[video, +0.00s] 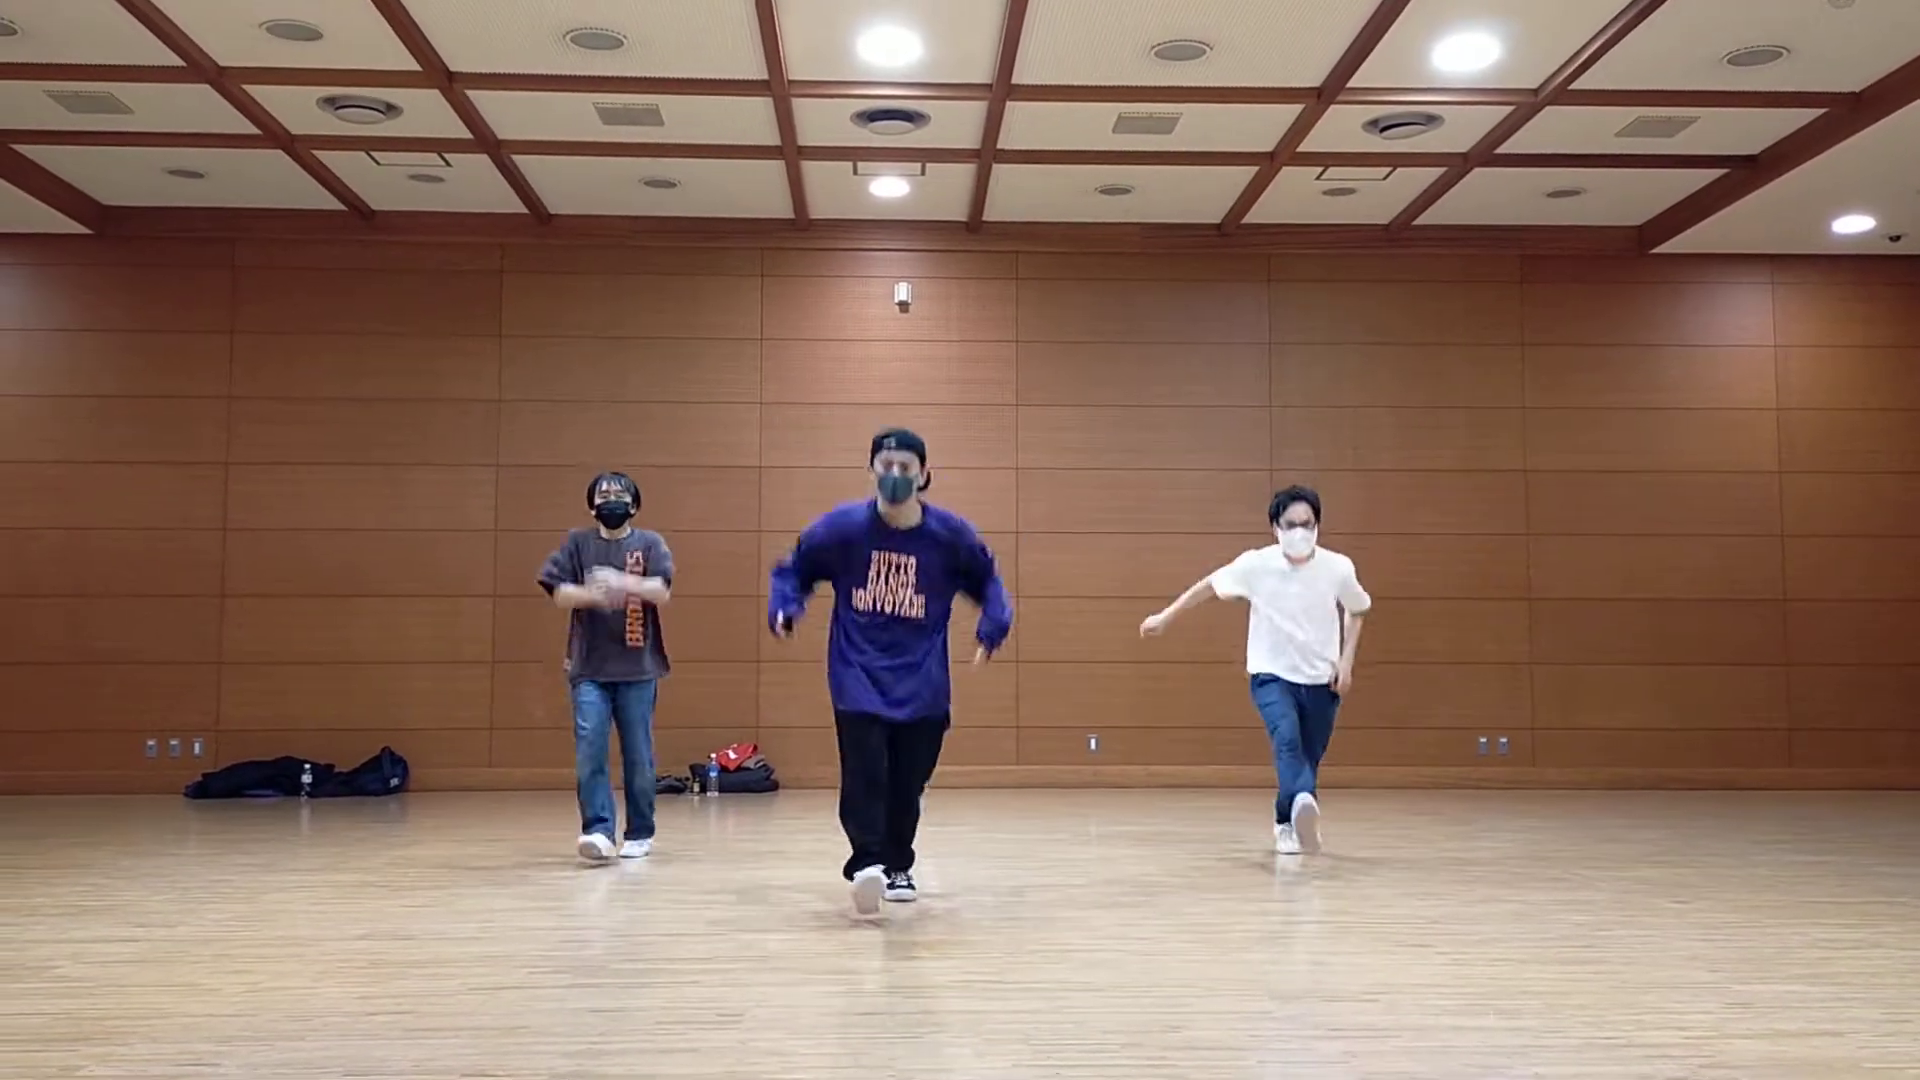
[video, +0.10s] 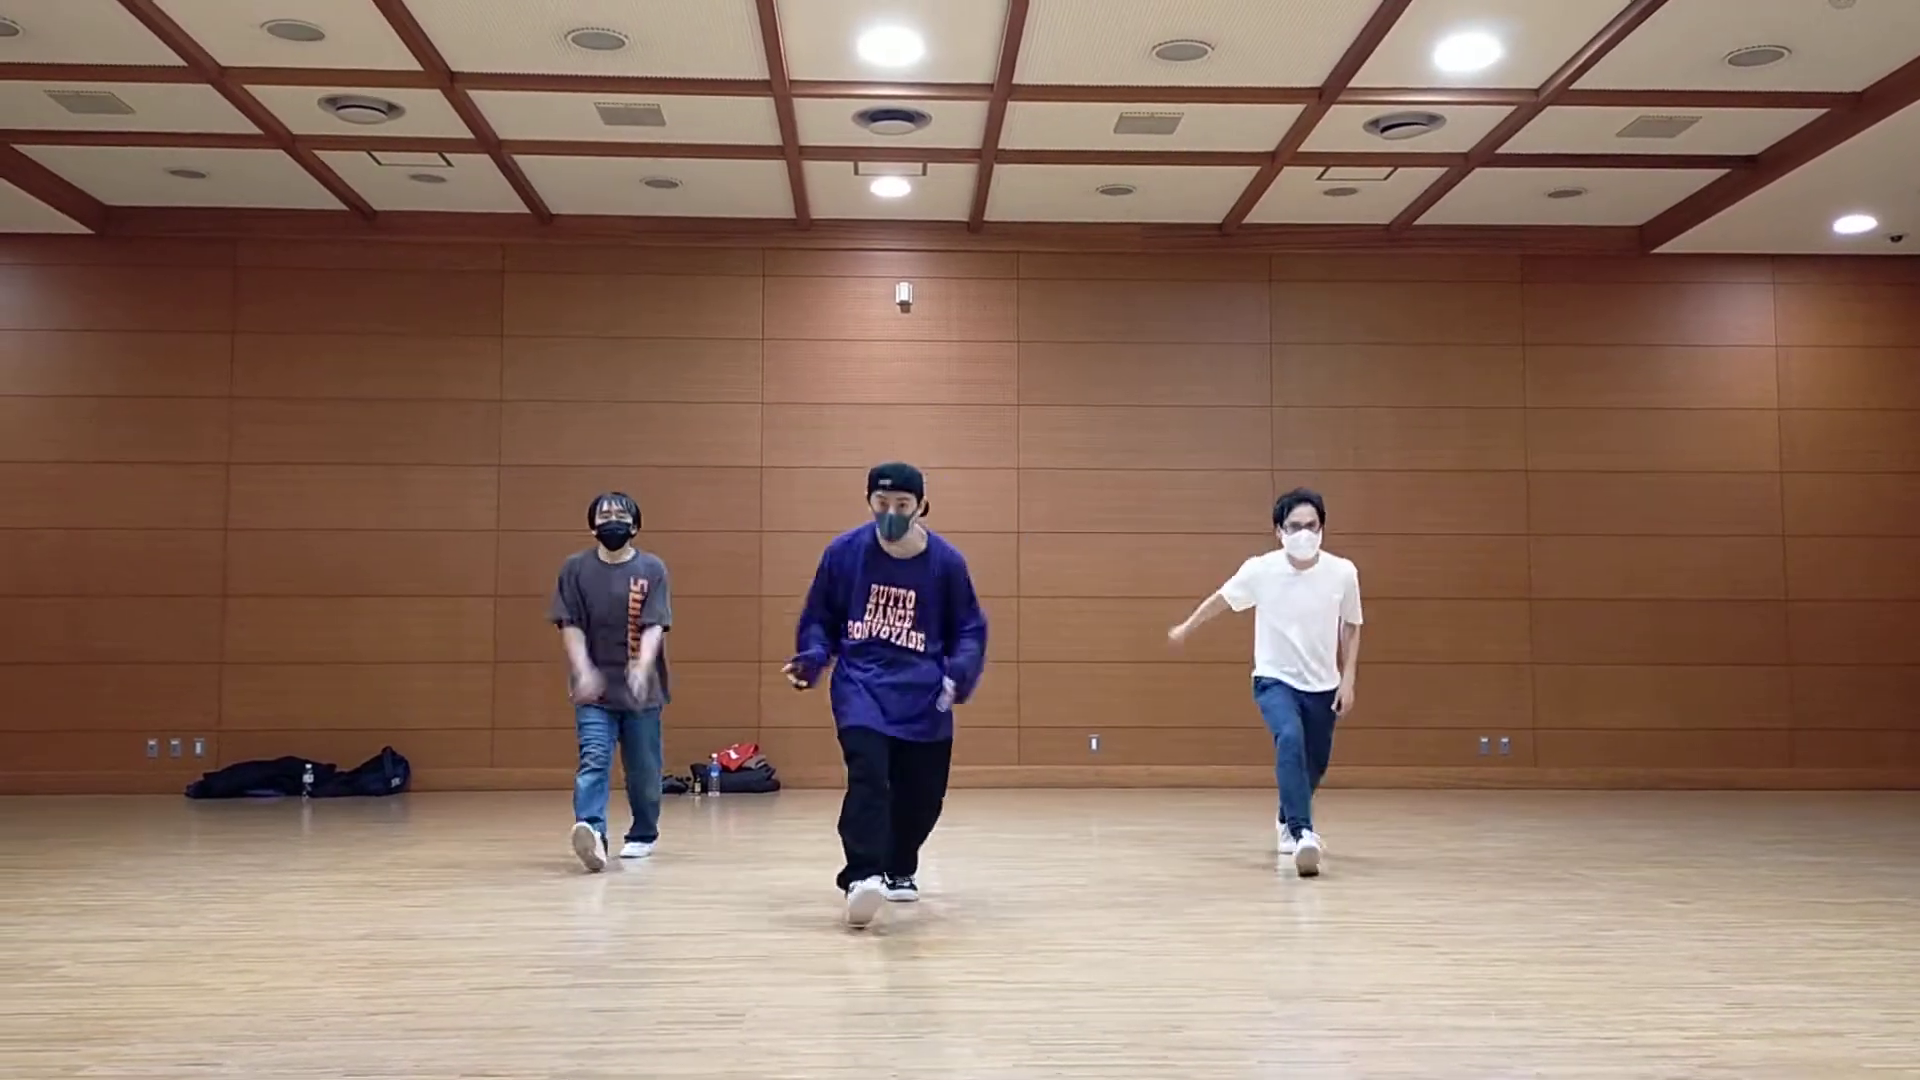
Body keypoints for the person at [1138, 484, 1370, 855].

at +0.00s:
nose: (1300, 533)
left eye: (1307, 525)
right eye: (1290, 525)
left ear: (1318, 528)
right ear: (1275, 530)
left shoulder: (1338, 568)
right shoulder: (1255, 564)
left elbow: (1355, 611)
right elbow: (1208, 587)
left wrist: (1347, 661)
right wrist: (1165, 617)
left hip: (1320, 677)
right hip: (1271, 674)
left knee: (1310, 756)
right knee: (1287, 737)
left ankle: (1285, 823)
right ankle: (1305, 815)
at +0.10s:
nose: (1304, 534)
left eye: (1311, 526)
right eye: (1295, 527)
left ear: (1322, 530)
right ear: (1280, 533)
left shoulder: (1343, 573)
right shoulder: (1260, 570)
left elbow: (1351, 628)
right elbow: (1221, 600)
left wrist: (1348, 680)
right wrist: (1185, 627)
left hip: (1322, 683)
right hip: (1275, 679)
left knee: (1316, 762)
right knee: (1290, 737)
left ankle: (1288, 818)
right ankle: (1303, 833)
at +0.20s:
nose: (1309, 508)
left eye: (1317, 500)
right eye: (1300, 501)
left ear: (1328, 505)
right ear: (1285, 507)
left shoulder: (1349, 553)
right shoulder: (1264, 553)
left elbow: (1354, 613)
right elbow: (1235, 598)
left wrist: (1350, 666)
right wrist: (1215, 634)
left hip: (1327, 671)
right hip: (1278, 667)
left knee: (1319, 758)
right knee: (1293, 742)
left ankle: (1295, 818)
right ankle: (1306, 842)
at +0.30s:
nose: (1320, 481)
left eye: (1327, 473)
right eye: (1310, 474)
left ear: (1338, 480)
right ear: (1292, 482)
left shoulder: (1354, 527)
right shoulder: (1268, 529)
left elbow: (1359, 590)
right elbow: (1246, 591)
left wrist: (1357, 641)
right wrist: (1245, 650)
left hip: (1333, 651)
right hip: (1284, 648)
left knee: (1341, 750)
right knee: (1299, 740)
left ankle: (1305, 787)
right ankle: (1308, 841)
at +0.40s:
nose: (1326, 468)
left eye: (1333, 460)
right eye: (1316, 461)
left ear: (1344, 467)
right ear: (1299, 469)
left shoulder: (1359, 516)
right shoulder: (1275, 520)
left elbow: (1367, 577)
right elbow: (1262, 590)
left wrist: (1367, 625)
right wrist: (1275, 650)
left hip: (1345, 648)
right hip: (1298, 647)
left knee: (1355, 743)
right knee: (1304, 746)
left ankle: (1327, 823)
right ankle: (1303, 841)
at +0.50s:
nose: (1330, 476)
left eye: (1337, 469)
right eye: (1320, 469)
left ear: (1347, 475)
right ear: (1303, 476)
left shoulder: (1367, 525)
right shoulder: (1279, 529)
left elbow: (1377, 588)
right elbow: (1270, 598)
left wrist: (1370, 636)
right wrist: (1306, 639)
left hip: (1351, 655)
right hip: (1300, 655)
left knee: (1357, 746)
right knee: (1316, 742)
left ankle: (1345, 845)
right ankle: (1309, 845)